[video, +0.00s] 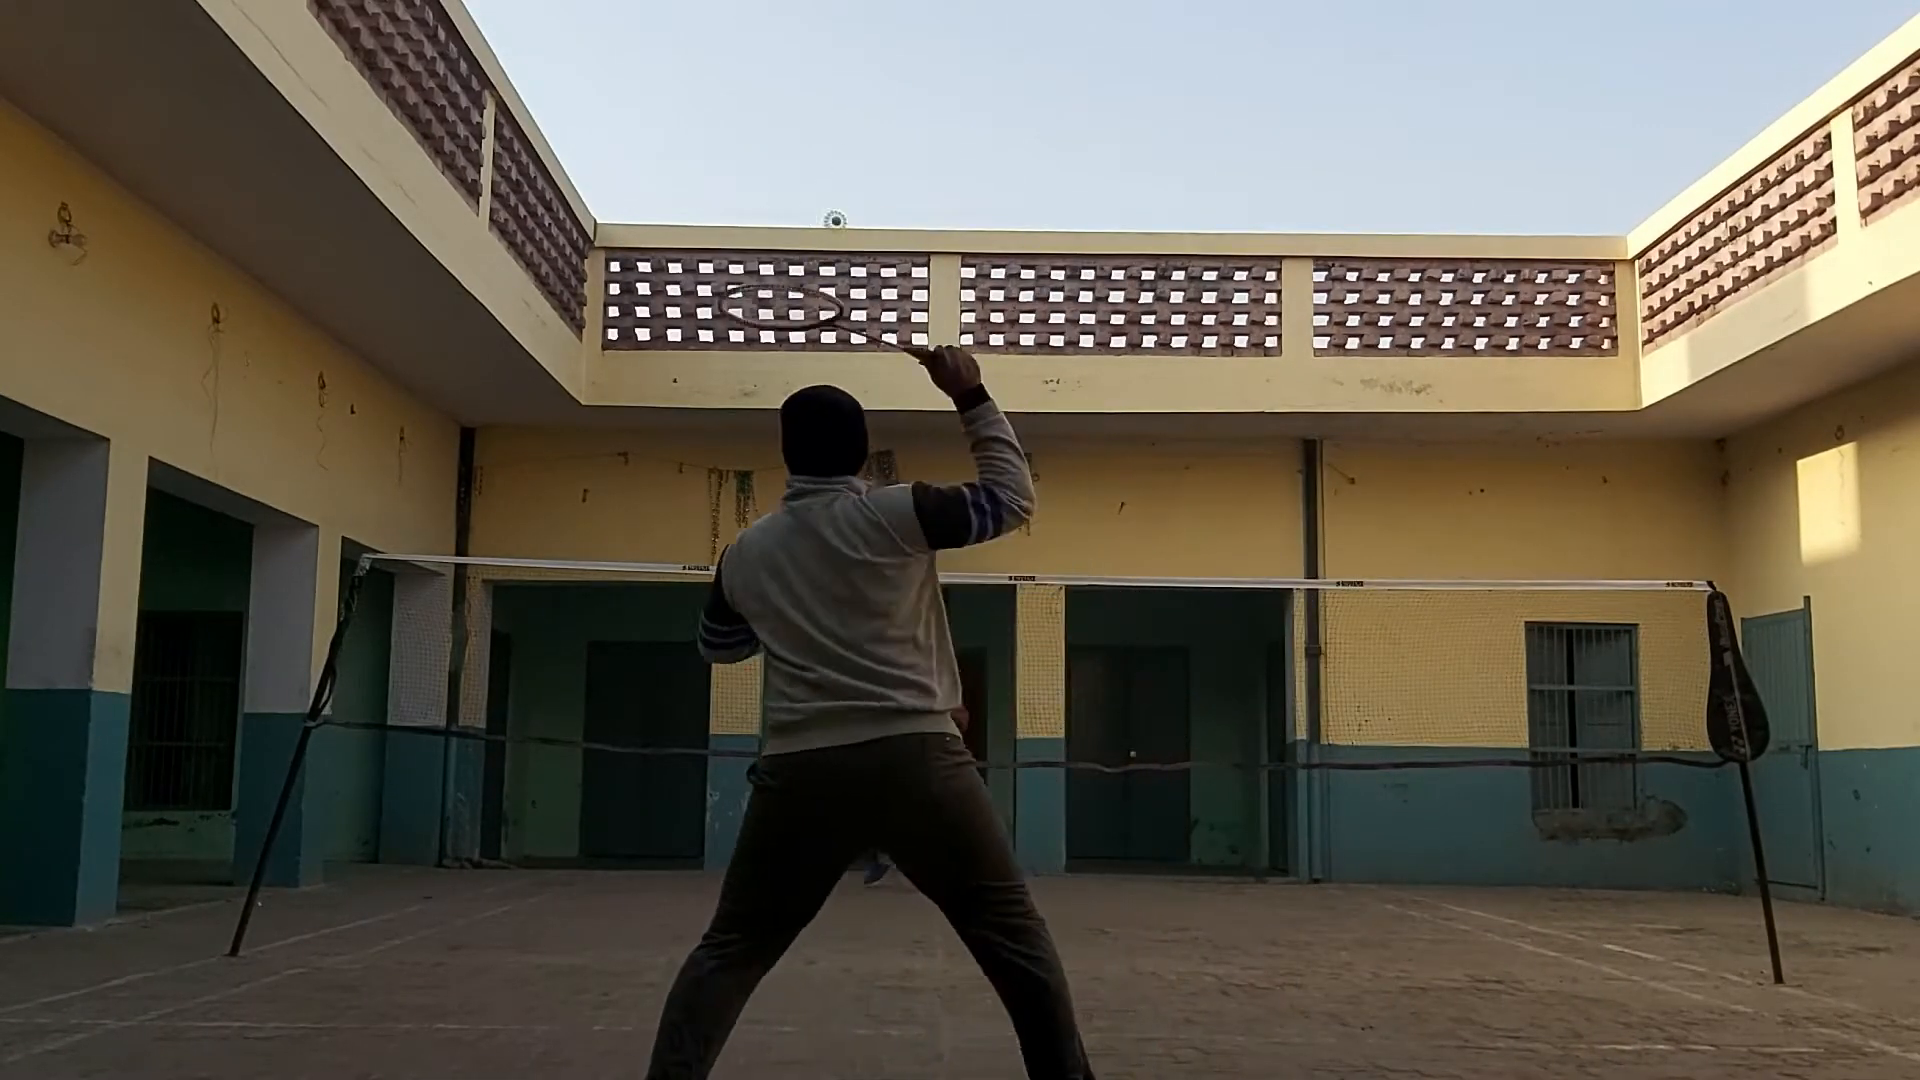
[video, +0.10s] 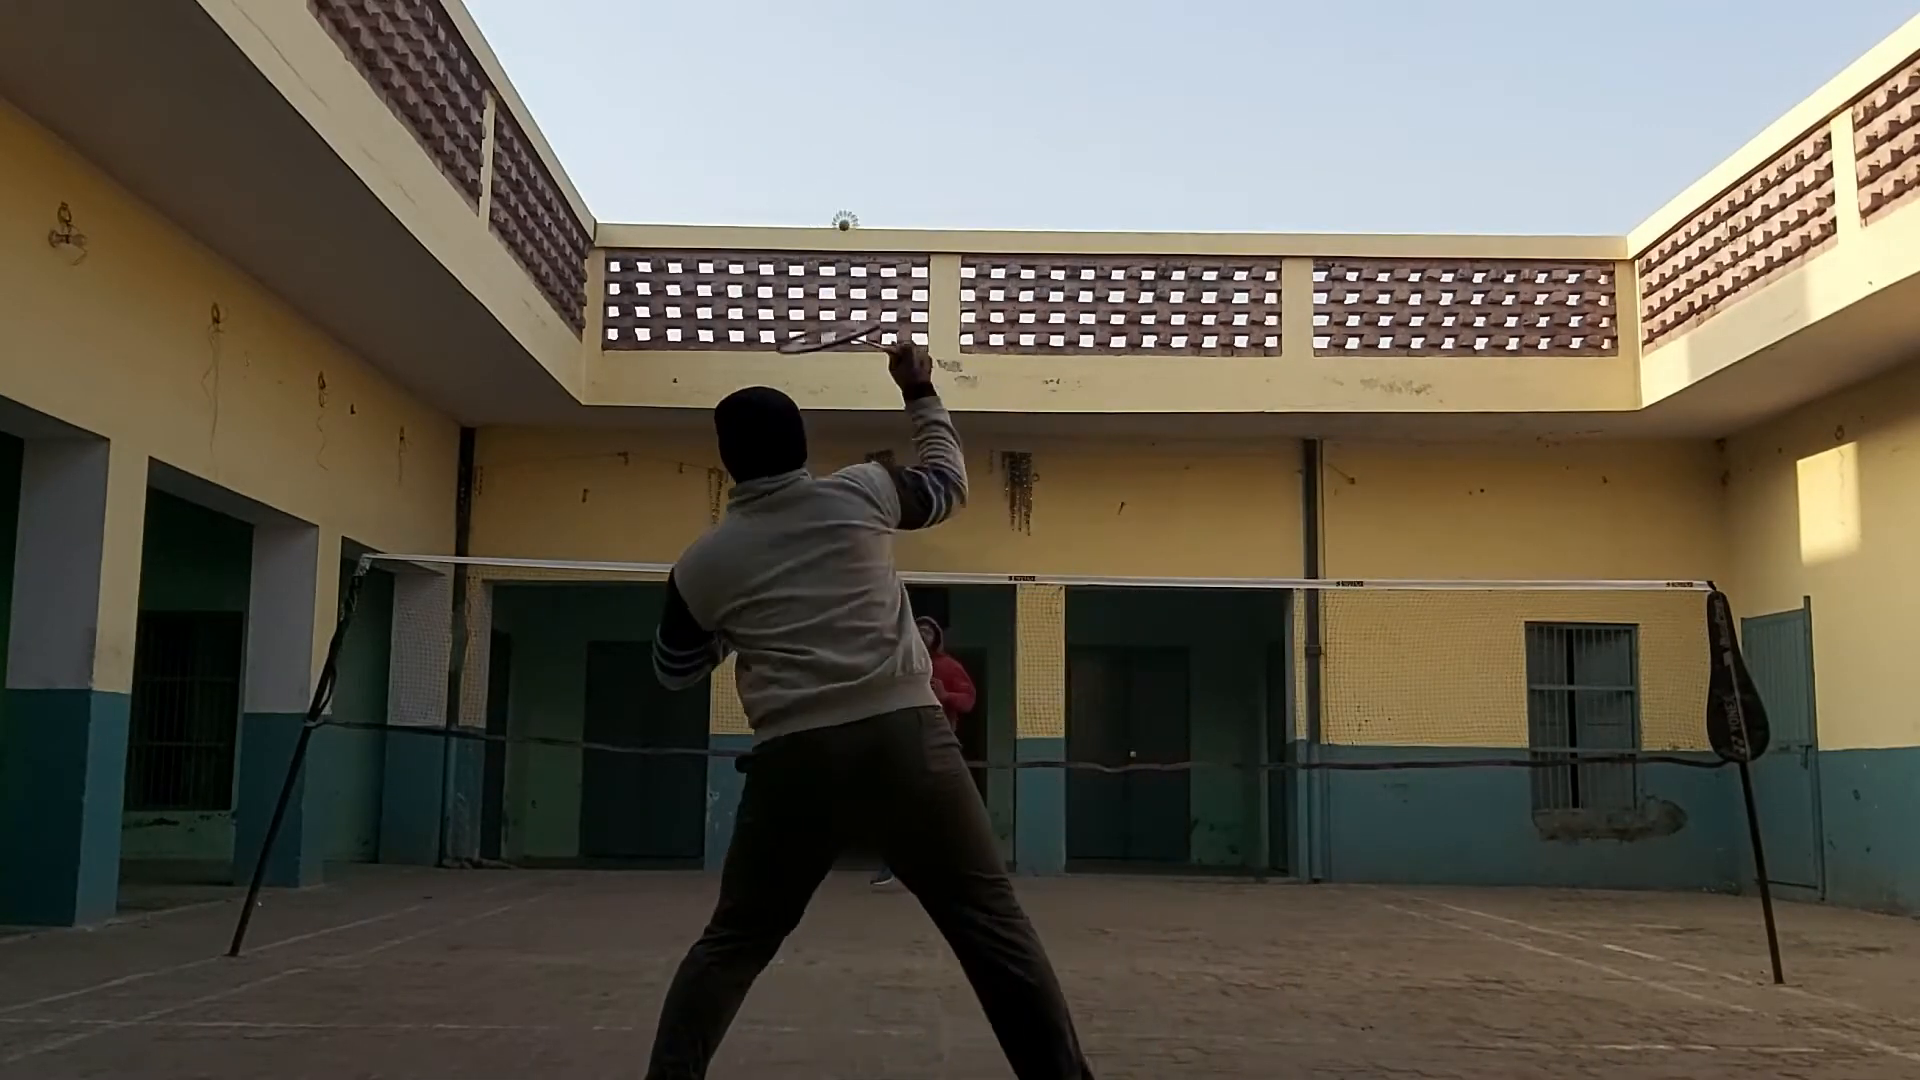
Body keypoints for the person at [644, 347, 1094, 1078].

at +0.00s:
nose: (860, 451)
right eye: (858, 440)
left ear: (786, 459)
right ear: (861, 452)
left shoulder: (746, 554)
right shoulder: (901, 511)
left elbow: (722, 643)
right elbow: (1009, 498)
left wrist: (786, 591)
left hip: (800, 773)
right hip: (920, 759)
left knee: (732, 950)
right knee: (1009, 929)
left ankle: (671, 1074)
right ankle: (1067, 1070)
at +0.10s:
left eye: (727, 450)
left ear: (726, 463)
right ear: (801, 447)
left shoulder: (703, 566)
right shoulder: (861, 494)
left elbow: (678, 669)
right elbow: (944, 477)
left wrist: (736, 613)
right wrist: (924, 394)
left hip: (795, 760)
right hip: (911, 744)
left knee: (735, 940)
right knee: (991, 925)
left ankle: (669, 1071)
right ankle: (1065, 1071)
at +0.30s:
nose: (686, 446)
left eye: (686, 438)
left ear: (691, 448)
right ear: (766, 429)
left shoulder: (685, 550)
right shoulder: (843, 482)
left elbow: (652, 682)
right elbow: (910, 594)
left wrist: (685, 615)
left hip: (793, 739)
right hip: (907, 715)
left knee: (740, 927)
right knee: (967, 900)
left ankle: (675, 1072)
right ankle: (1027, 1072)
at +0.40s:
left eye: (716, 435)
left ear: (719, 444)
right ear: (795, 431)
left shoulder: (699, 537)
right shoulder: (869, 491)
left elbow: (669, 659)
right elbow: (932, 601)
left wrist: (719, 723)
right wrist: (899, 674)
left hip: (787, 747)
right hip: (904, 729)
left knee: (730, 933)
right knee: (974, 915)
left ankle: (670, 1069)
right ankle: (1029, 1071)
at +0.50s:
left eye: (768, 431)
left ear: (766, 440)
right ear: (843, 435)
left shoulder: (732, 533)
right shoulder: (907, 502)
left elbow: (706, 666)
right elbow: (964, 620)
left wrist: (744, 769)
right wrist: (934, 705)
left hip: (794, 753)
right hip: (914, 742)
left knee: (736, 936)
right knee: (993, 924)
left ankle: (670, 1073)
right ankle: (1037, 1073)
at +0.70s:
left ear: (861, 453)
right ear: (934, 452)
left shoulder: (812, 539)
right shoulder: (975, 523)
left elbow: (766, 657)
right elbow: (1025, 636)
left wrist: (820, 715)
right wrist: (1018, 697)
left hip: (829, 752)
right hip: (946, 752)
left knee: (768, 906)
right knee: (1028, 924)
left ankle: (678, 1051)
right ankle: (1054, 1068)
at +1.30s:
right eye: (885, 430)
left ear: (815, 438)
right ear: (890, 434)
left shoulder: (770, 528)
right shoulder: (936, 514)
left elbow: (736, 642)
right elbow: (984, 642)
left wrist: (813, 627)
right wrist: (997, 665)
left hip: (820, 747)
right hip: (930, 741)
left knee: (762, 909)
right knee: (1002, 904)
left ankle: (696, 1065)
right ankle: (1065, 1067)